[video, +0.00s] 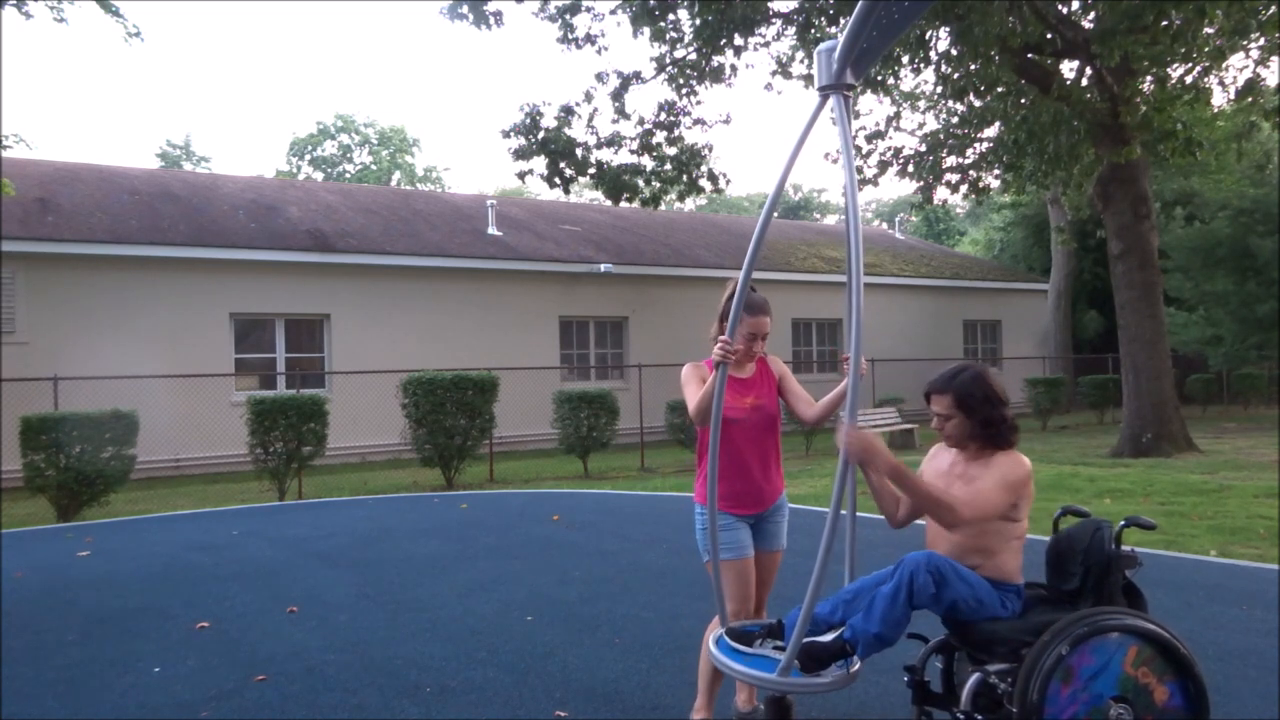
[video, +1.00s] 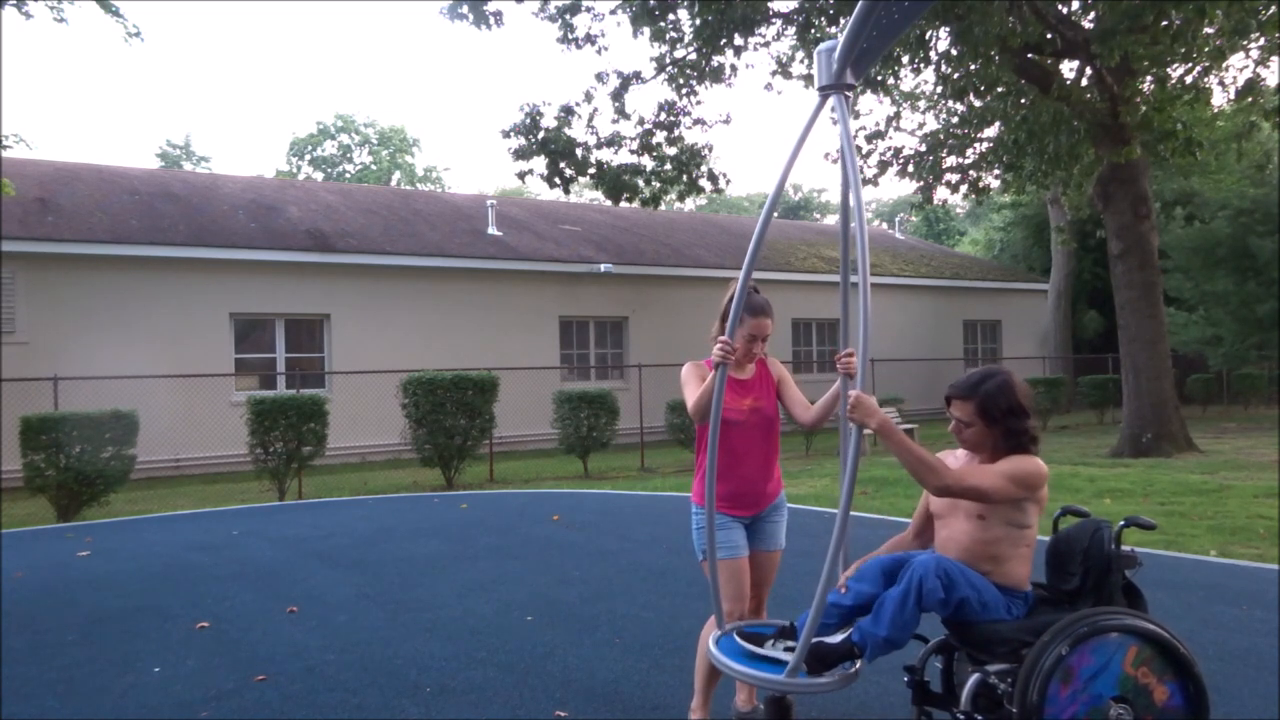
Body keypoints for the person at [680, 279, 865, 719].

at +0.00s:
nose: (759, 346)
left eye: (764, 337)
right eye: (751, 336)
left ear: (769, 330)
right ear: (726, 328)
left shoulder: (772, 366)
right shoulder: (698, 370)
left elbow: (811, 413)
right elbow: (699, 417)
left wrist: (848, 379)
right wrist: (719, 370)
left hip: (771, 504)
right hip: (720, 508)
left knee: (757, 612)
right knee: (735, 615)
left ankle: (746, 701)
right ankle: (702, 707)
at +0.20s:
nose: (760, 345)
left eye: (765, 337)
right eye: (752, 336)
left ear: (771, 331)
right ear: (728, 328)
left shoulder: (774, 366)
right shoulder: (699, 369)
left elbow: (811, 415)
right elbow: (699, 415)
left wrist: (845, 382)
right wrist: (720, 370)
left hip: (772, 504)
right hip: (720, 507)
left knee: (757, 611)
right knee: (735, 615)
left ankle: (747, 701)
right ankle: (702, 706)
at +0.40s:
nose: (761, 346)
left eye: (766, 337)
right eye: (753, 336)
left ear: (771, 332)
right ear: (729, 327)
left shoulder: (774, 366)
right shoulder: (699, 369)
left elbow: (811, 416)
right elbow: (699, 413)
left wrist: (843, 381)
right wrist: (719, 370)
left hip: (772, 505)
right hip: (720, 508)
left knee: (758, 609)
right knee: (734, 614)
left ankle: (746, 701)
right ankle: (700, 707)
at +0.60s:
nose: (760, 346)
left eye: (766, 338)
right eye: (752, 337)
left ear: (770, 332)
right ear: (728, 328)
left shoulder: (773, 367)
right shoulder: (698, 369)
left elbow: (811, 416)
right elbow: (698, 413)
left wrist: (843, 380)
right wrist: (719, 370)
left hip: (770, 504)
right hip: (718, 508)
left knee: (757, 609)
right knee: (732, 614)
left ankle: (747, 700)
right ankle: (699, 706)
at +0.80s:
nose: (760, 347)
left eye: (765, 339)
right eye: (752, 338)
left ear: (770, 332)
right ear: (728, 329)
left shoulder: (772, 367)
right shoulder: (698, 369)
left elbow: (809, 417)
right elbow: (698, 412)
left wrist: (842, 380)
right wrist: (719, 369)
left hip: (769, 504)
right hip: (717, 508)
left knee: (757, 610)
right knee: (732, 614)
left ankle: (747, 701)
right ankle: (699, 706)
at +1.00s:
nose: (760, 347)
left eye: (765, 339)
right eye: (752, 338)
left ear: (770, 332)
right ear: (727, 328)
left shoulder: (772, 367)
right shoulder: (698, 369)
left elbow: (810, 417)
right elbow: (698, 413)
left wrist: (842, 380)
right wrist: (719, 370)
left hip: (769, 504)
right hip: (717, 508)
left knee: (756, 609)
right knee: (732, 614)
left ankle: (747, 699)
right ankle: (699, 706)